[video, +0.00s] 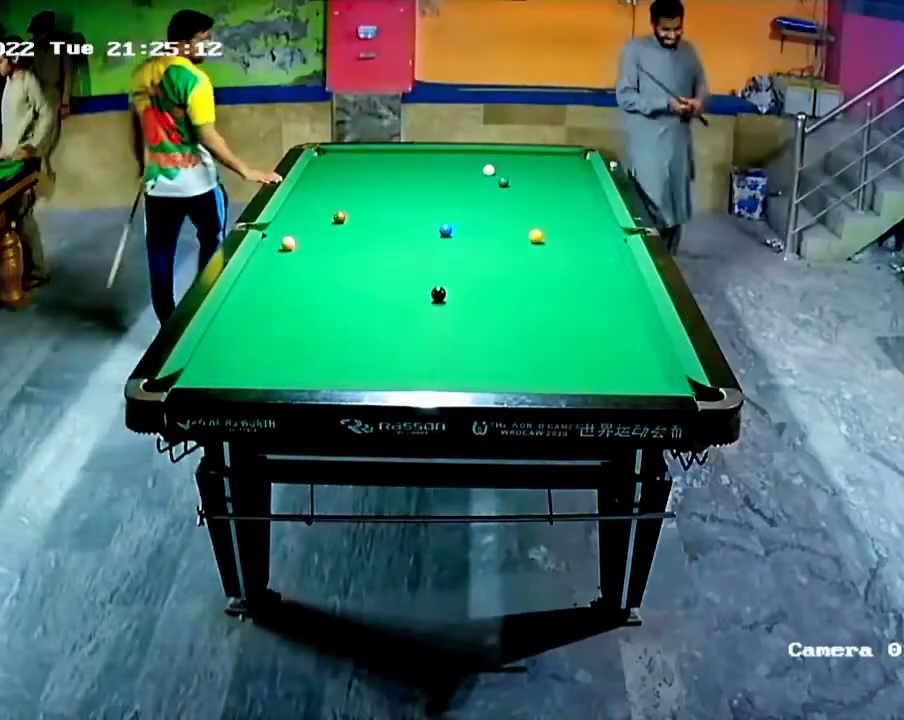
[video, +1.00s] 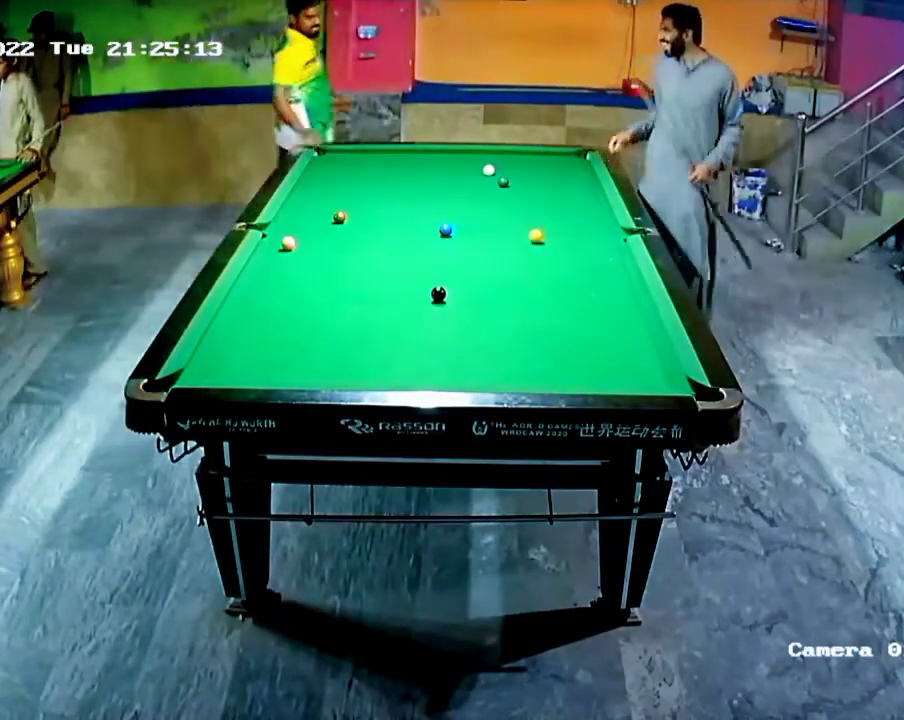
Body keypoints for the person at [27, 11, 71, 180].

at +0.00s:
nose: (37, 37)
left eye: (40, 32)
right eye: (35, 32)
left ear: (50, 31)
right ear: (34, 32)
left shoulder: (60, 48)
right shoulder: (32, 49)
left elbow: (67, 75)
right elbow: (27, 72)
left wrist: (65, 101)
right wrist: (25, 94)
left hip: (52, 96)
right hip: (33, 95)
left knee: (50, 133)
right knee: (34, 131)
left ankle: (46, 161)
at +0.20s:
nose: (37, 37)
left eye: (40, 32)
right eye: (35, 32)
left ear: (49, 31)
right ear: (34, 32)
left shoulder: (60, 47)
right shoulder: (32, 48)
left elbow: (67, 75)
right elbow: (28, 71)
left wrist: (65, 101)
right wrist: (25, 92)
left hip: (52, 92)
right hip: (33, 92)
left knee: (51, 128)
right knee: (35, 126)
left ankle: (45, 158)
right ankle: (36, 157)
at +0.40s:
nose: (36, 37)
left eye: (39, 33)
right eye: (34, 33)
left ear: (48, 32)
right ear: (33, 32)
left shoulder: (60, 48)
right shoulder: (34, 50)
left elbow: (67, 75)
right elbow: (29, 72)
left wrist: (65, 102)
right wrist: (27, 92)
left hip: (52, 93)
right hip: (35, 92)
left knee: (50, 127)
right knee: (36, 125)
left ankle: (44, 159)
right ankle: (39, 159)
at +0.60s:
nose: (37, 36)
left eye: (41, 32)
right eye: (35, 32)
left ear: (50, 30)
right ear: (33, 32)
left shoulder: (60, 48)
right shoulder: (32, 48)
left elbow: (67, 75)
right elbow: (28, 72)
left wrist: (65, 101)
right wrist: (25, 92)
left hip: (52, 94)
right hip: (33, 93)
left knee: (50, 130)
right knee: (34, 127)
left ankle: (44, 158)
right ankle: (34, 157)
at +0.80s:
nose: (36, 37)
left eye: (39, 32)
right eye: (34, 33)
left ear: (48, 31)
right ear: (34, 32)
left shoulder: (60, 48)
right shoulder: (34, 49)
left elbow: (67, 75)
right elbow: (27, 71)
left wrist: (65, 102)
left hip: (52, 94)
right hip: (35, 93)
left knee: (49, 128)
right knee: (36, 127)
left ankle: (44, 159)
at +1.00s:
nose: (38, 37)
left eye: (41, 32)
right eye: (36, 32)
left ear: (50, 31)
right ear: (33, 32)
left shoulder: (60, 48)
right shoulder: (31, 49)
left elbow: (67, 75)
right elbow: (25, 72)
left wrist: (65, 101)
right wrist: (22, 92)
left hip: (51, 94)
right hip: (32, 93)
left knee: (49, 130)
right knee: (32, 128)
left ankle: (44, 159)